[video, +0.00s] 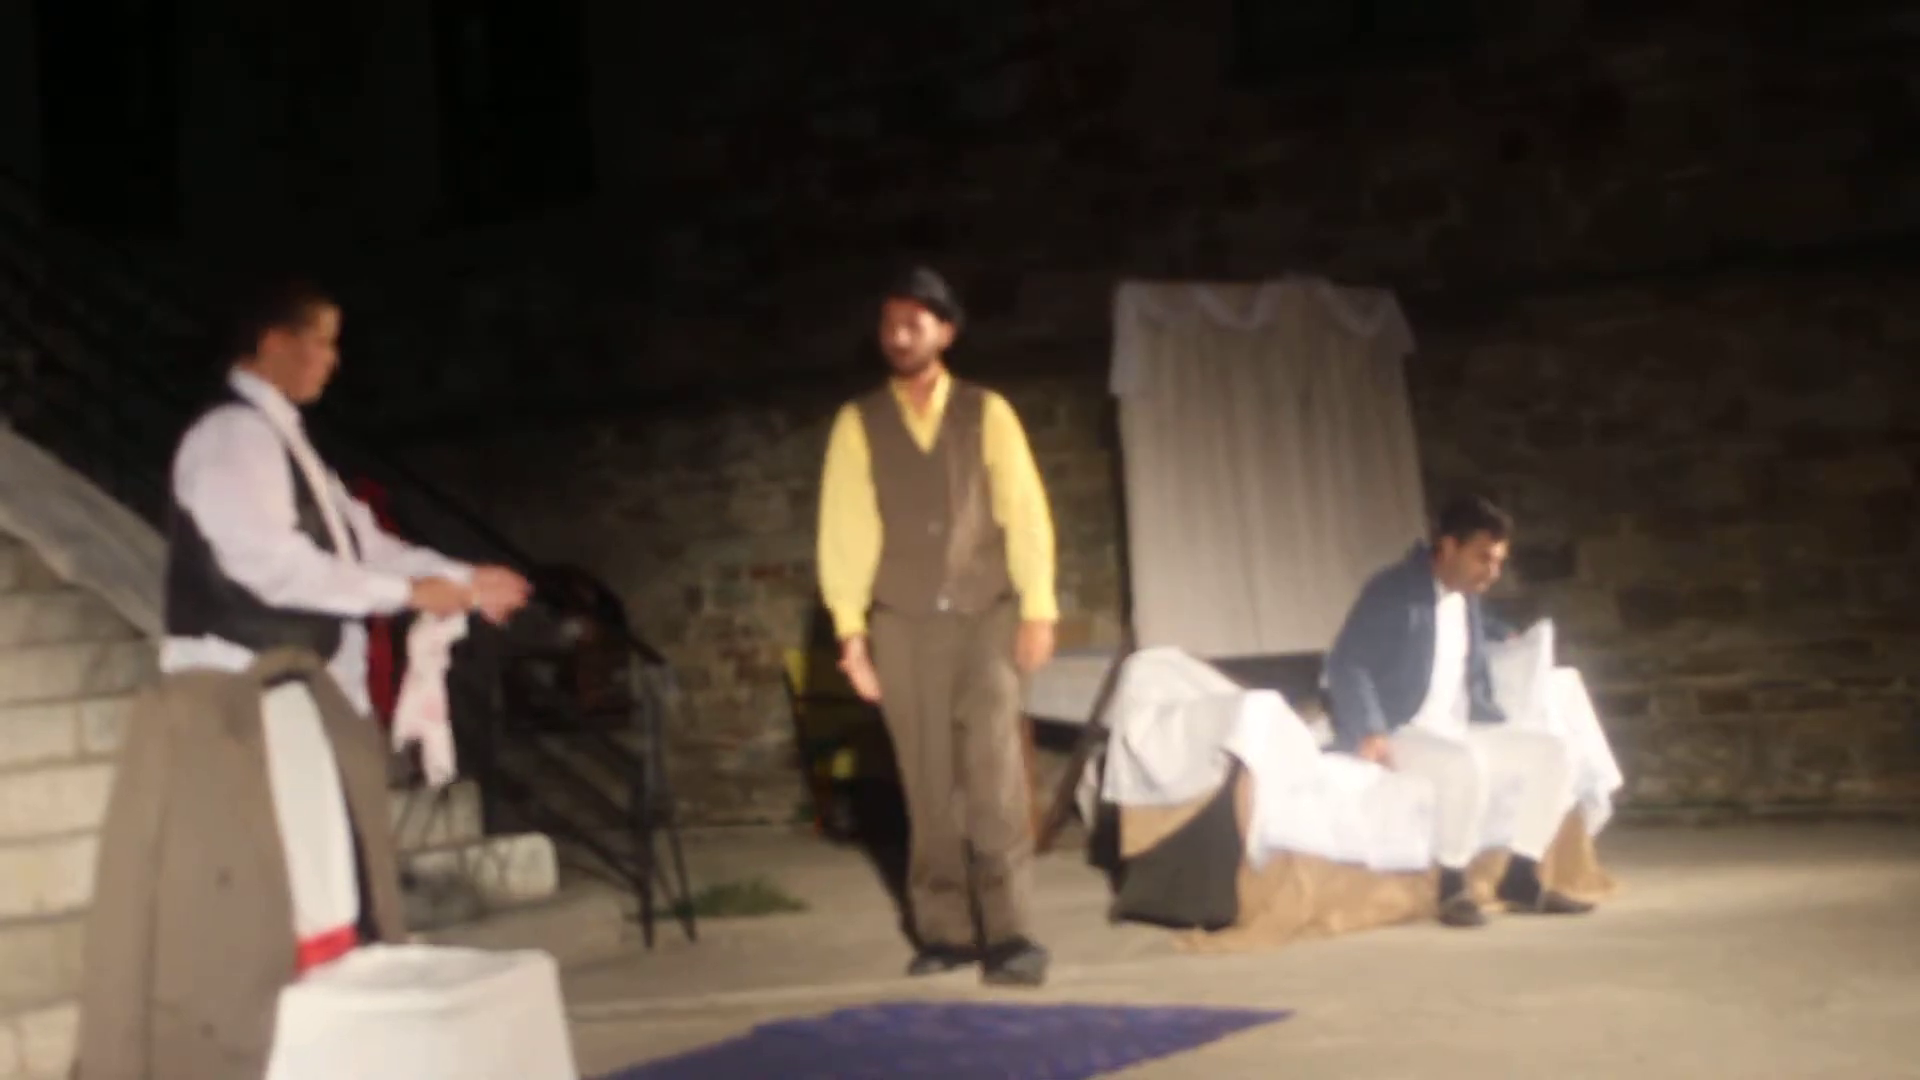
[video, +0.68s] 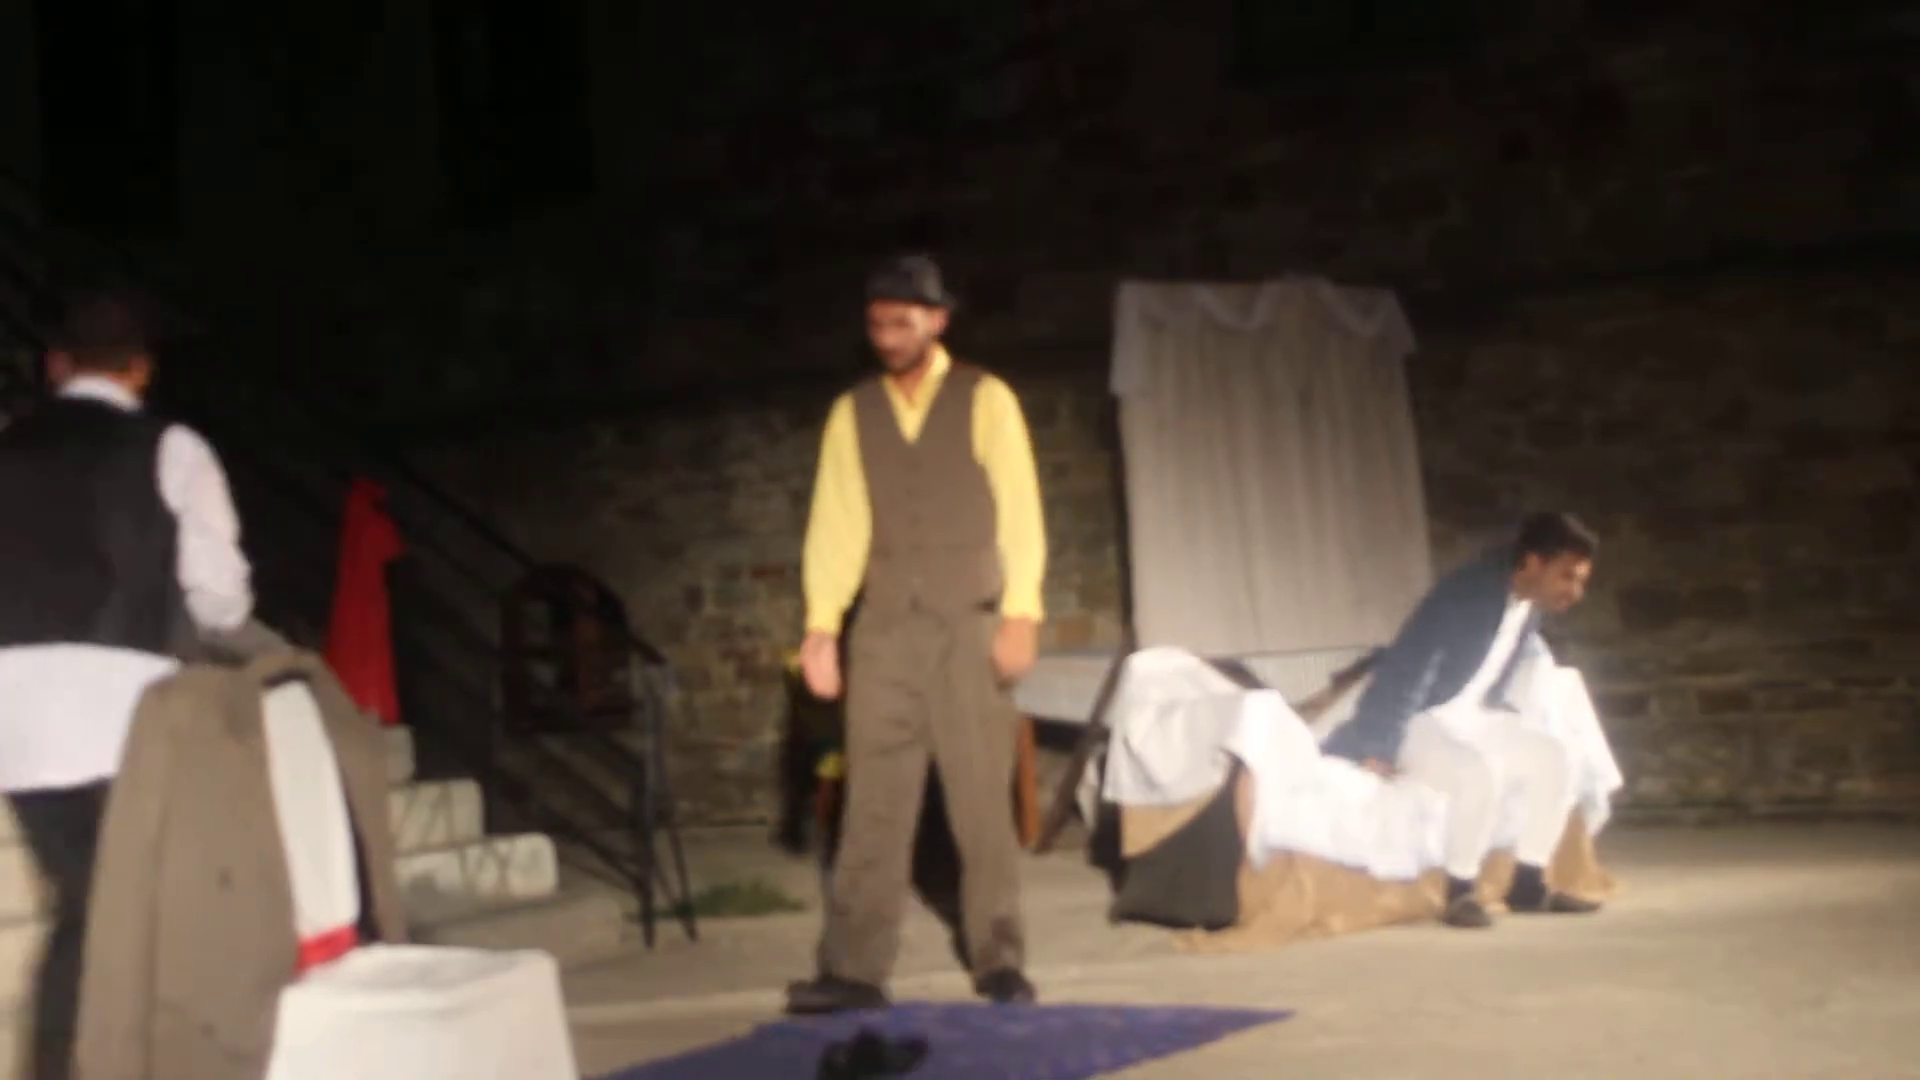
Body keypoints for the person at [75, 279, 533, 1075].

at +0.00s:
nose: (332, 359)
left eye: (334, 344)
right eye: (321, 342)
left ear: (287, 349)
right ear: (272, 344)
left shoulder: (287, 440)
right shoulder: (232, 436)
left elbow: (364, 545)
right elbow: (268, 566)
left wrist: (464, 580)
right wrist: (411, 594)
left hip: (300, 704)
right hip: (241, 710)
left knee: (332, 887)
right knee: (288, 895)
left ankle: (340, 1048)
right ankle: (293, 1051)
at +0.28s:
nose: (325, 392)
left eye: (329, 375)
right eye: (318, 372)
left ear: (284, 369)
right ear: (267, 363)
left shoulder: (269, 459)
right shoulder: (208, 446)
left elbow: (289, 599)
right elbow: (216, 575)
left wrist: (380, 654)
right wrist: (348, 623)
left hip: (270, 716)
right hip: (207, 724)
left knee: (310, 906)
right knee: (234, 916)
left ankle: (310, 1057)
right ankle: (231, 1063)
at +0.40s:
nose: (299, 396)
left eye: (300, 381)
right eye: (292, 378)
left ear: (248, 374)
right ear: (246, 371)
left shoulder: (230, 453)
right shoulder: (205, 449)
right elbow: (219, 576)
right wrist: (329, 636)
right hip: (171, 700)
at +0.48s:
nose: (271, 395)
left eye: (275, 380)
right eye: (270, 377)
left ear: (213, 363)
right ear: (236, 366)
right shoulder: (218, 445)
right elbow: (230, 568)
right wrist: (299, 634)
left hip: (99, 661)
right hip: (163, 673)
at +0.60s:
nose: (203, 379)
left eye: (204, 365)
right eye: (202, 364)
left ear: (116, 357)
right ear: (188, 364)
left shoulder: (50, 435)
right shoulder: (196, 443)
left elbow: (8, 572)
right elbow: (236, 589)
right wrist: (249, 642)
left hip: (30, 694)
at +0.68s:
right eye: (143, 365)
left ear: (56, 366)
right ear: (144, 370)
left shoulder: (16, 444)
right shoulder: (172, 450)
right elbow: (217, 597)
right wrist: (237, 654)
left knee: (81, 908)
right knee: (114, 910)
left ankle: (63, 1058)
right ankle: (64, 1058)